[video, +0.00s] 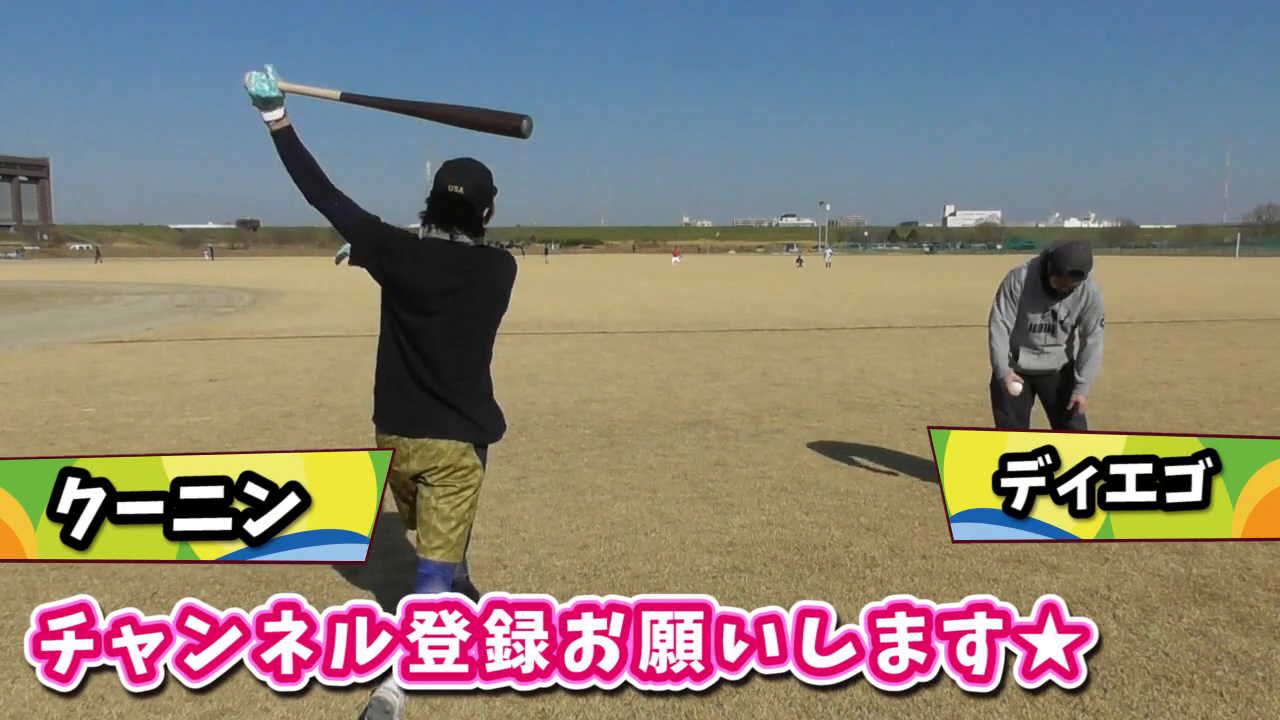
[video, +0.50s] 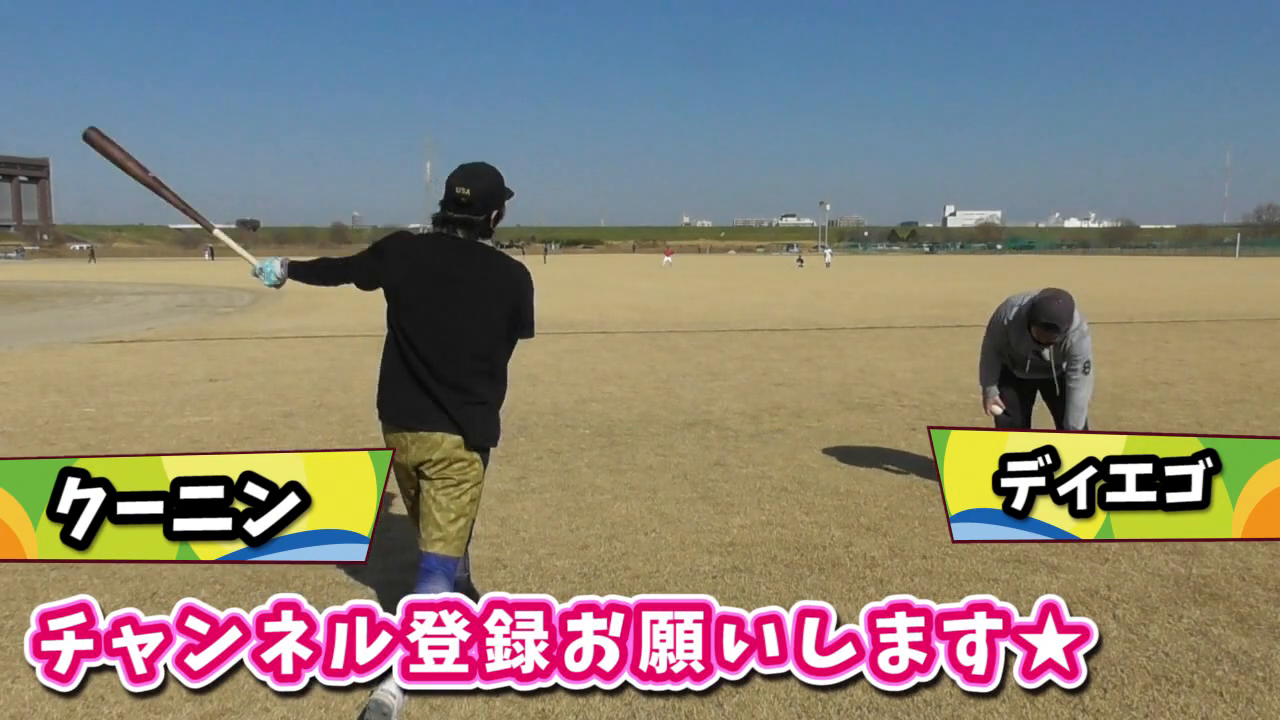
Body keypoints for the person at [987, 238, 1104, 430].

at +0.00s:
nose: (1065, 290)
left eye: (1072, 286)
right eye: (1060, 284)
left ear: (1082, 280)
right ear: (1049, 271)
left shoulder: (1089, 294)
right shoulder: (1018, 281)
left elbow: (1093, 342)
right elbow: (999, 325)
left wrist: (1082, 388)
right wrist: (1003, 370)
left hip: (1058, 373)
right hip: (1014, 371)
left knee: (1076, 439)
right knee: (1011, 441)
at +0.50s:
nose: (1043, 343)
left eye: (1052, 338)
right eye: (1039, 335)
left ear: (1065, 330)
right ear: (1030, 321)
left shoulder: (1077, 333)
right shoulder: (1008, 316)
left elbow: (1080, 383)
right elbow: (990, 352)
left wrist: (1073, 433)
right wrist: (989, 390)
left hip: (1056, 375)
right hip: (1014, 374)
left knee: (1075, 429)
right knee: (1010, 429)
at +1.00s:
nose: (1042, 279)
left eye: (1050, 274)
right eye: (1038, 271)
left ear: (1066, 273)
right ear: (1032, 265)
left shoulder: (1074, 303)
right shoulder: (1011, 283)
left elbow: (1078, 358)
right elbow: (990, 321)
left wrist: (1066, 413)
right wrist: (991, 364)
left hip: (1057, 374)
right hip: (1014, 373)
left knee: (1075, 437)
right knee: (1012, 438)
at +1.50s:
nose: (1035, 315)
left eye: (1044, 312)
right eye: (1033, 305)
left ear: (1060, 313)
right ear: (1029, 297)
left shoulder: (1068, 337)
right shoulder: (1007, 307)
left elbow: (1067, 391)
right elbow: (987, 346)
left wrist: (1060, 438)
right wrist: (986, 386)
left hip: (1051, 379)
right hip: (1011, 376)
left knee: (1074, 433)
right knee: (1009, 436)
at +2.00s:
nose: (1007, 237)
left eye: (1014, 230)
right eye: (1003, 231)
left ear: (1033, 232)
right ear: (998, 233)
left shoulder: (1059, 266)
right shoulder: (994, 272)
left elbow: (1083, 309)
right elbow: (979, 301)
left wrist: (1070, 352)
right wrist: (965, 321)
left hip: (1059, 369)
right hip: (1014, 371)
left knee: (1074, 444)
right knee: (1012, 444)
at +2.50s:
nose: (986, 232)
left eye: (993, 225)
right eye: (982, 226)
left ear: (1011, 228)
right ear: (978, 230)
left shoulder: (1036, 260)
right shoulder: (986, 269)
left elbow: (1061, 304)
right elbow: (999, 317)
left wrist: (1064, 352)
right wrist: (1011, 351)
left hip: (1050, 364)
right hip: (1011, 367)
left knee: (1070, 440)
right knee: (1010, 441)